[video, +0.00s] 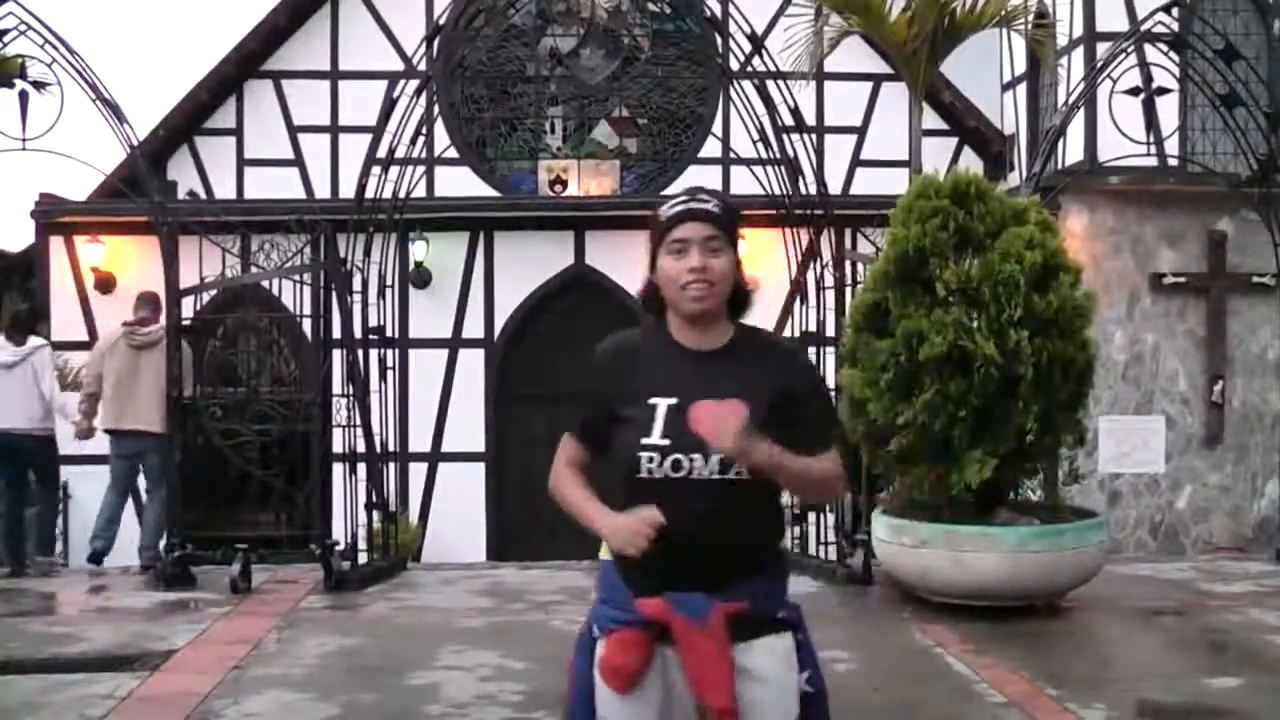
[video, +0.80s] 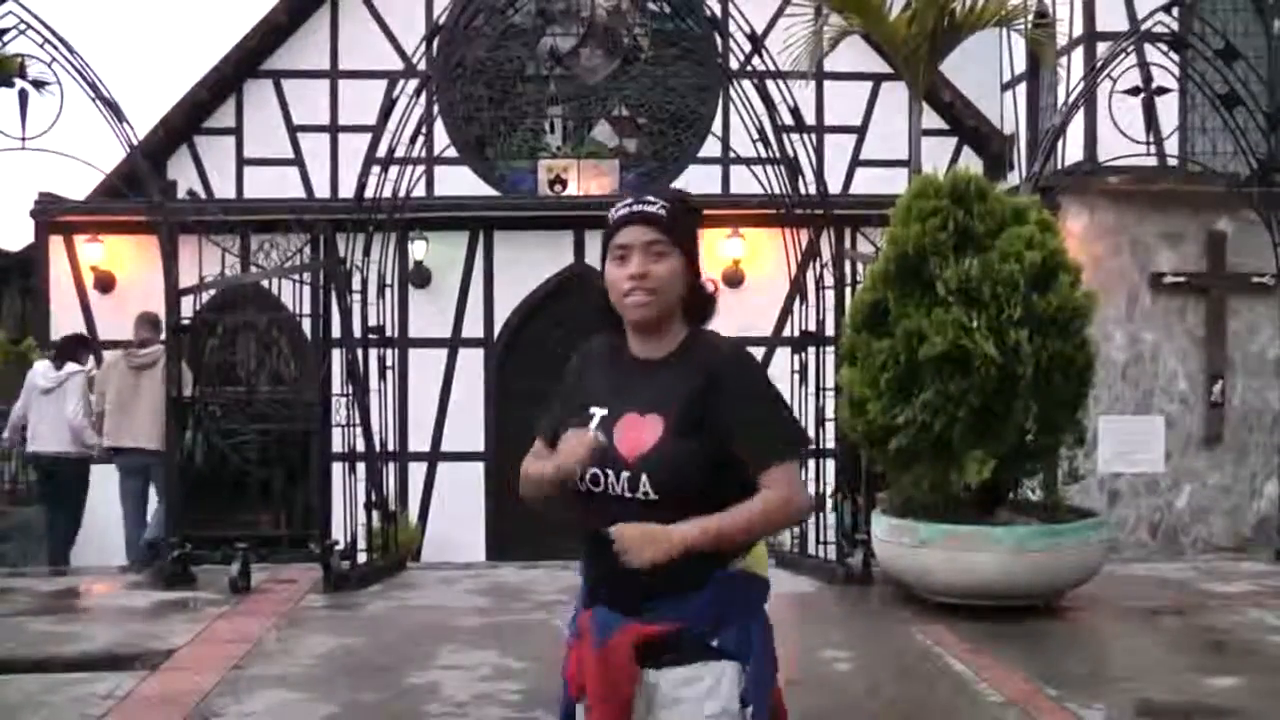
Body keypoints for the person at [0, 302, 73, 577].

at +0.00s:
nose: (38, 328)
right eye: (36, 324)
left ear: (9, 323)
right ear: (32, 325)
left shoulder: (2, 347)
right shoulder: (40, 349)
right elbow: (51, 393)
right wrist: (76, 417)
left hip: (6, 432)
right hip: (37, 434)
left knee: (12, 496)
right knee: (49, 491)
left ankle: (14, 561)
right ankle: (44, 553)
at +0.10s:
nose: (52, 330)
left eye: (51, 325)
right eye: (49, 326)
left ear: (19, 326)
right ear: (40, 327)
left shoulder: (4, 351)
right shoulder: (45, 351)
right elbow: (53, 395)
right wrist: (78, 416)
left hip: (9, 435)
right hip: (40, 435)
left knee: (16, 501)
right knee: (50, 497)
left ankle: (15, 559)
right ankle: (52, 558)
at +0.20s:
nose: (55, 333)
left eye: (54, 328)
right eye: (52, 329)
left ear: (19, 329)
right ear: (44, 330)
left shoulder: (6, 355)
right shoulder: (51, 357)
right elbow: (56, 397)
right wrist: (79, 417)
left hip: (10, 437)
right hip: (43, 438)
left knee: (16, 499)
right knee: (49, 499)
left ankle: (15, 559)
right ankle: (48, 559)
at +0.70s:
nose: (84, 356)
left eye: (85, 351)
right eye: (83, 351)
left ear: (58, 345)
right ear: (75, 348)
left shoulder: (34, 366)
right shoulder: (75, 370)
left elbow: (16, 408)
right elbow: (73, 414)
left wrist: (5, 435)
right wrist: (93, 440)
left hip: (38, 449)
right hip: (67, 451)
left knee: (52, 508)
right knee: (67, 510)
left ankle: (55, 562)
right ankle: (57, 563)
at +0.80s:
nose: (88, 359)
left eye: (88, 355)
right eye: (86, 355)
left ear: (60, 350)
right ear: (79, 353)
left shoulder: (37, 371)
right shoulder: (78, 374)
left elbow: (19, 411)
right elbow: (75, 416)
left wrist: (9, 437)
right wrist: (95, 442)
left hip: (40, 453)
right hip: (69, 455)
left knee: (53, 511)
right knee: (70, 513)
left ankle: (56, 566)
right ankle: (58, 565)